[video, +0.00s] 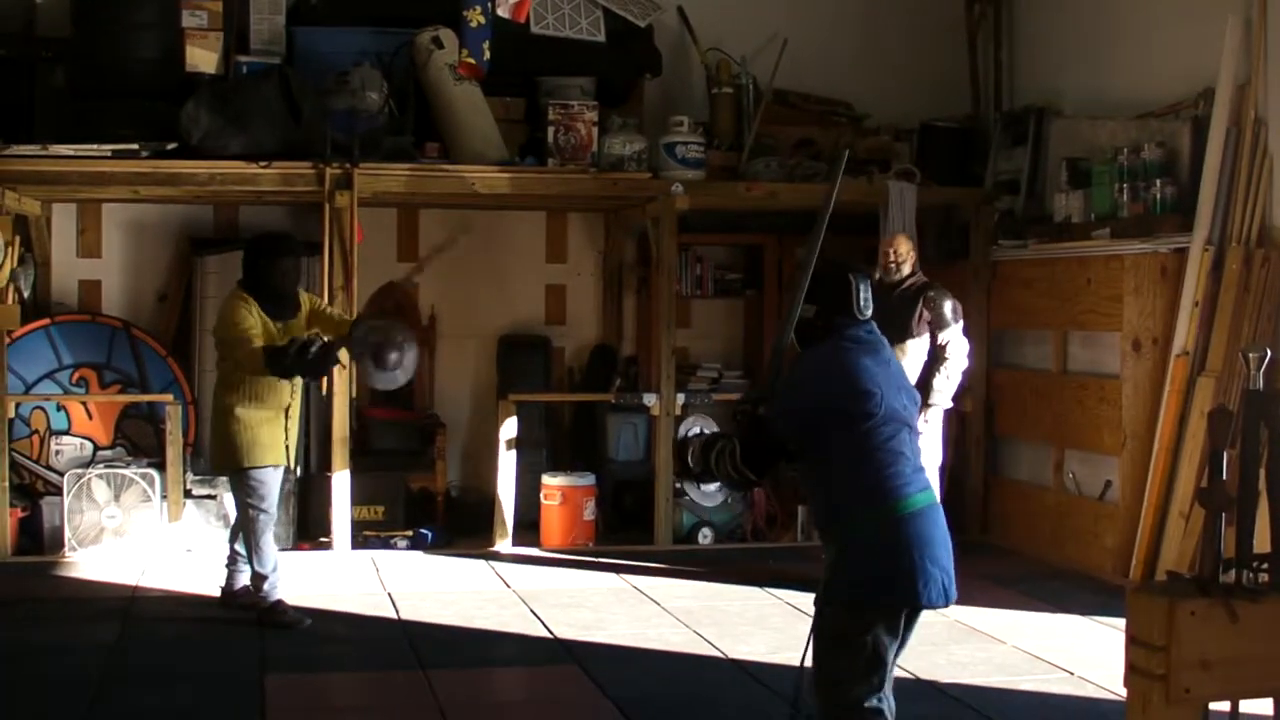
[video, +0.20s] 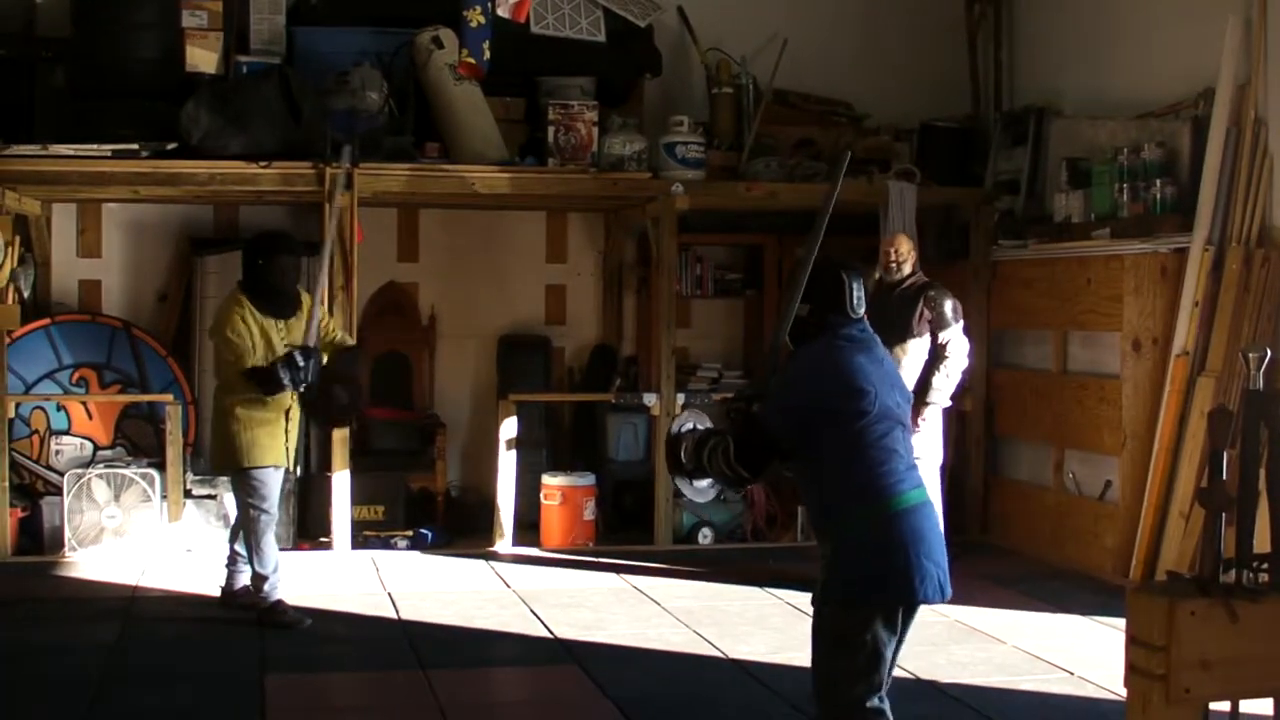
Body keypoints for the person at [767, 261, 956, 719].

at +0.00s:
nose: (795, 319)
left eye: (801, 307)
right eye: (798, 307)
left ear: (813, 312)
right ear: (858, 307)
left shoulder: (820, 369)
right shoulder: (881, 359)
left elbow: (755, 457)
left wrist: (696, 452)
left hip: (881, 555)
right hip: (918, 545)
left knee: (850, 696)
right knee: (862, 689)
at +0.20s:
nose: (787, 314)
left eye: (792, 303)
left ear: (804, 309)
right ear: (853, 305)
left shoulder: (816, 367)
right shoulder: (875, 357)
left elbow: (746, 456)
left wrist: (693, 449)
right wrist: (747, 425)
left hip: (872, 550)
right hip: (910, 541)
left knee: (850, 698)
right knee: (865, 693)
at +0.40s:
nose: (773, 321)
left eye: (779, 311)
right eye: (776, 310)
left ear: (791, 317)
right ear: (837, 313)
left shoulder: (805, 371)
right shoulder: (857, 359)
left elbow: (734, 457)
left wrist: (674, 461)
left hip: (861, 551)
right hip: (892, 542)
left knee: (838, 694)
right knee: (844, 689)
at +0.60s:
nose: (753, 320)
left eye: (758, 310)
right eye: (755, 310)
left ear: (773, 314)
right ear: (815, 310)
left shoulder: (785, 365)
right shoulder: (840, 357)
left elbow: (717, 454)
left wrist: (658, 457)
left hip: (853, 536)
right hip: (878, 529)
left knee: (839, 675)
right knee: (821, 662)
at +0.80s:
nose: (744, 325)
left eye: (749, 314)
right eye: (747, 314)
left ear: (762, 316)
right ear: (805, 313)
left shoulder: (774, 362)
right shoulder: (832, 362)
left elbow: (699, 447)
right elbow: (792, 456)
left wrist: (644, 433)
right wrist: (728, 444)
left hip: (840, 531)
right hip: (872, 526)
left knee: (829, 666)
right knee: (824, 659)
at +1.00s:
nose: (739, 325)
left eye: (744, 315)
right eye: (741, 315)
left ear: (757, 317)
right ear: (798, 313)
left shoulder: (768, 363)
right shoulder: (823, 361)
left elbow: (691, 440)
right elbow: (797, 455)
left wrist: (643, 404)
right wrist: (729, 482)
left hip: (834, 531)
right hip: (876, 526)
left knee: (813, 670)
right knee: (831, 668)